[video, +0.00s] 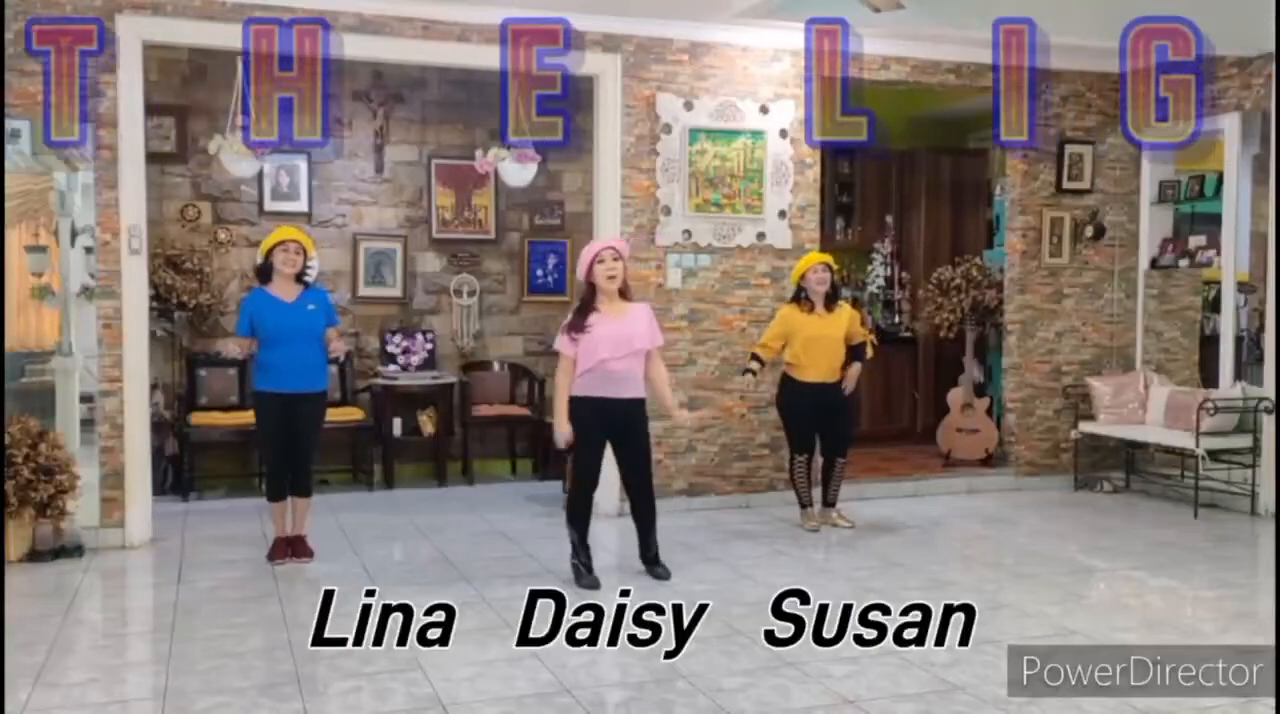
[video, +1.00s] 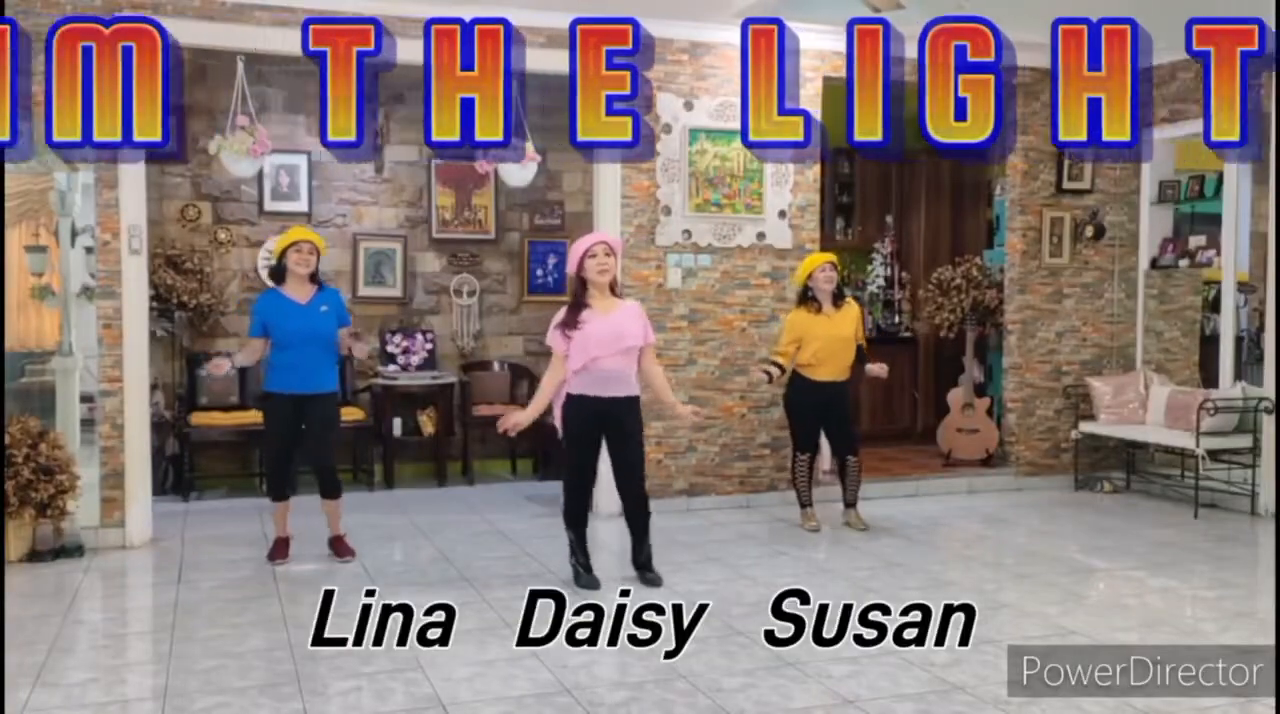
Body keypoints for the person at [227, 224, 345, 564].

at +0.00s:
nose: (291, 257)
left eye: (297, 252)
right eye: (284, 251)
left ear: (304, 261)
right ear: (271, 257)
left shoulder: (318, 297)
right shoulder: (254, 300)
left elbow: (333, 337)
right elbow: (248, 343)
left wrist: (337, 345)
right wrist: (236, 346)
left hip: (311, 390)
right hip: (270, 391)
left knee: (302, 461)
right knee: (275, 462)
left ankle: (298, 535)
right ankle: (280, 536)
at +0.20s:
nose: (288, 256)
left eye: (294, 252)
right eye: (282, 250)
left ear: (302, 260)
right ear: (268, 257)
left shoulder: (318, 297)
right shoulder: (252, 300)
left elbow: (336, 338)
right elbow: (245, 345)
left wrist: (331, 334)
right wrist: (227, 342)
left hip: (311, 391)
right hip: (270, 391)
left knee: (303, 461)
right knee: (275, 462)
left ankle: (299, 535)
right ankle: (281, 537)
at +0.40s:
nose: (286, 257)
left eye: (292, 252)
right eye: (279, 251)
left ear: (301, 260)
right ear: (266, 258)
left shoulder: (316, 296)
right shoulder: (251, 301)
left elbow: (334, 333)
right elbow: (244, 347)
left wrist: (326, 340)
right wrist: (225, 357)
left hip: (308, 392)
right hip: (268, 392)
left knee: (302, 461)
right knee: (275, 462)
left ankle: (299, 535)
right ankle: (281, 537)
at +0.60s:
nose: (285, 261)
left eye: (291, 256)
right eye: (278, 255)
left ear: (300, 263)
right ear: (265, 261)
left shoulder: (317, 298)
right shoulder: (251, 304)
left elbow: (334, 335)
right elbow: (245, 350)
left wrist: (332, 337)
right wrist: (227, 357)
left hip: (308, 394)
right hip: (267, 393)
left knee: (302, 463)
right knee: (273, 463)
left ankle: (300, 534)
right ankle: (280, 536)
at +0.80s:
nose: (291, 256)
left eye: (297, 251)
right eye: (285, 250)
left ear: (306, 259)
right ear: (270, 257)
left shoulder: (320, 297)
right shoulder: (254, 302)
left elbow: (331, 343)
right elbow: (244, 347)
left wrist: (344, 332)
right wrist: (223, 343)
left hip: (313, 392)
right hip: (269, 393)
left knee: (315, 460)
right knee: (274, 464)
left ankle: (320, 531)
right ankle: (281, 536)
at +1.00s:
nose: (304, 257)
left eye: (310, 252)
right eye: (297, 251)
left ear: (318, 260)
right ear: (283, 257)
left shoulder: (332, 298)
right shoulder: (267, 301)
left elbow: (344, 341)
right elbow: (256, 347)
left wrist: (355, 347)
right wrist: (231, 361)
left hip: (323, 395)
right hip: (280, 396)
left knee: (325, 463)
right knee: (278, 465)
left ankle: (337, 535)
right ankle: (281, 537)